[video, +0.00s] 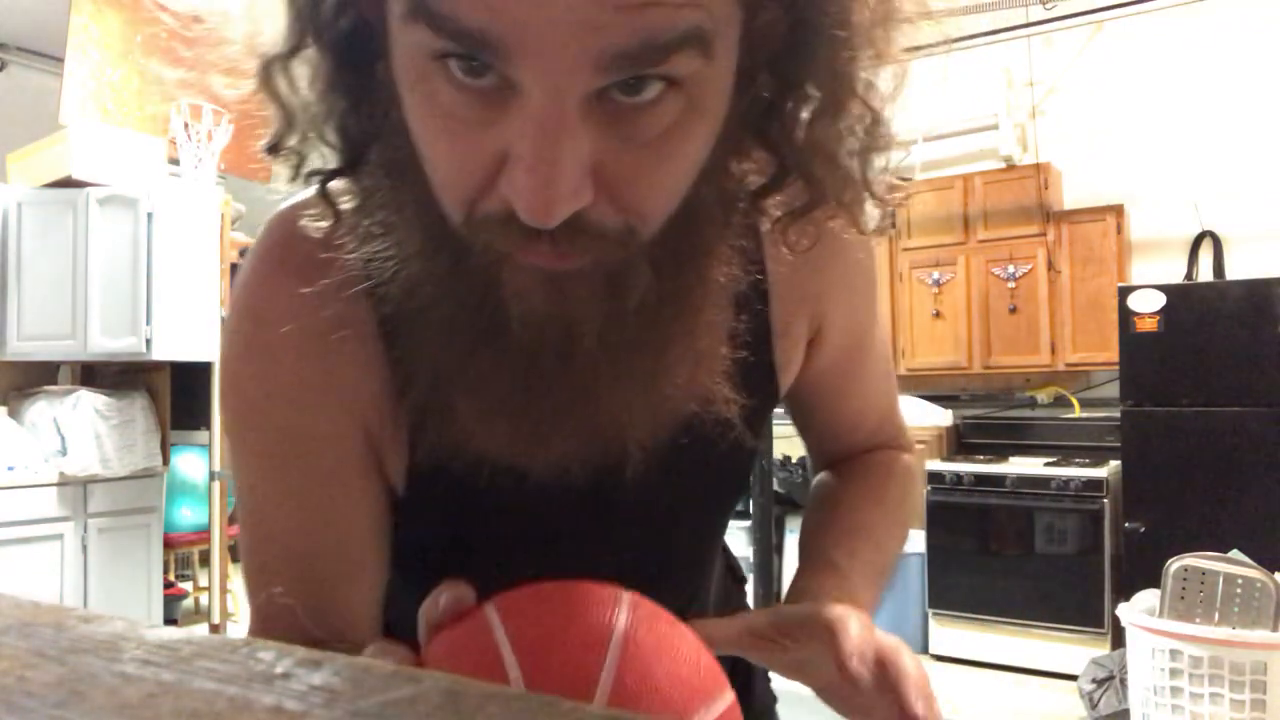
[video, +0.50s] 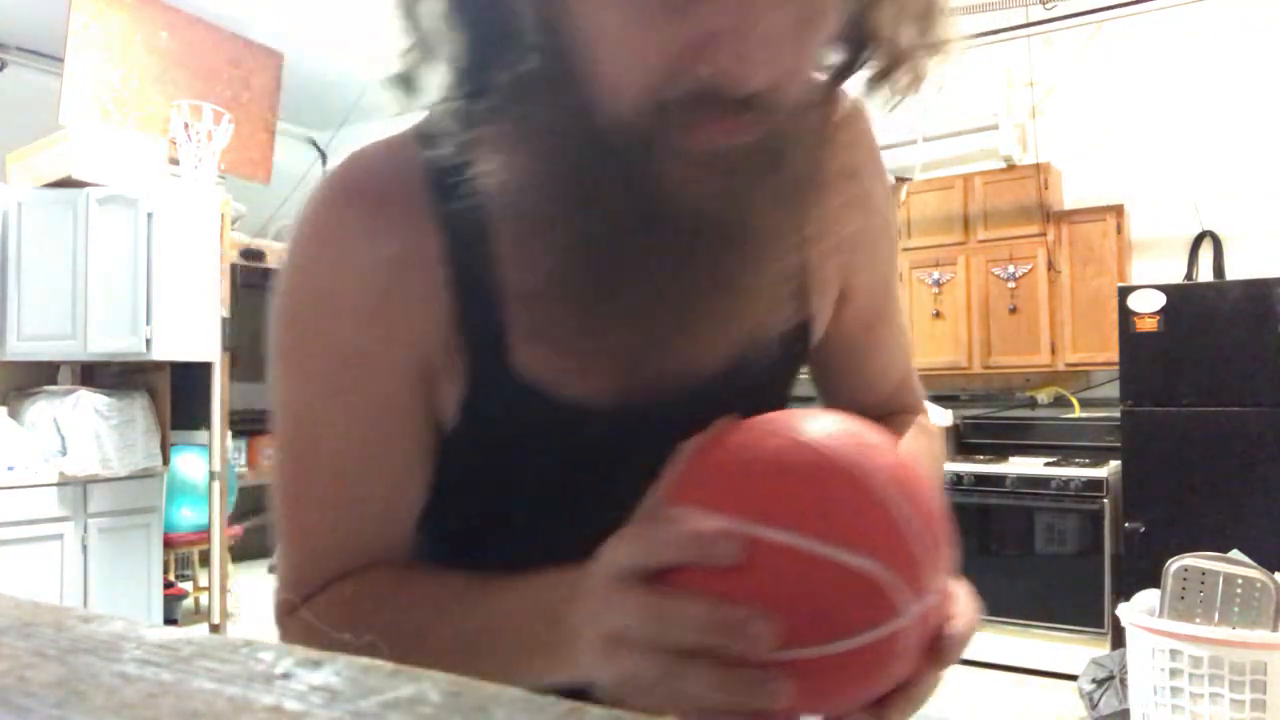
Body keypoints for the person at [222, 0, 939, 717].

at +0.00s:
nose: (546, 191)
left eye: (636, 86)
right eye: (470, 67)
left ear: (750, 61)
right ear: (373, 37)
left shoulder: (795, 243)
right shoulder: (316, 282)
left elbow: (871, 452)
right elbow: (303, 659)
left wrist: (830, 604)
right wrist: (417, 688)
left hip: (695, 699)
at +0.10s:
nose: (534, 184)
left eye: (624, 78)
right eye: (458, 61)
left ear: (740, 53)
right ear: (360, 34)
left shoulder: (787, 235)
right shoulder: (298, 288)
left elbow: (869, 457)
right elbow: (290, 680)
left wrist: (822, 598)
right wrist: (411, 691)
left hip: (691, 692)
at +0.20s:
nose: (537, 169)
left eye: (626, 61)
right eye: (461, 44)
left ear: (742, 46)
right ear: (361, 29)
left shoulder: (785, 222)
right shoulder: (295, 281)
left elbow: (869, 454)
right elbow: (279, 679)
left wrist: (834, 590)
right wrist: (382, 695)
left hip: (678, 693)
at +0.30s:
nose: (563, 146)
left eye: (653, 40)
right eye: (493, 25)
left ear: (754, 33)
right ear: (388, 23)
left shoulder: (787, 193)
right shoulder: (306, 268)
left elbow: (869, 446)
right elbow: (283, 643)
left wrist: (841, 579)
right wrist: (419, 675)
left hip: (702, 684)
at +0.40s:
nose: (634, 99)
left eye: (707, 13)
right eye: (563, 4)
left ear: (792, 20)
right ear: (441, 11)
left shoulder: (806, 180)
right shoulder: (338, 246)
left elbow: (879, 434)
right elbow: (293, 617)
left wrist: (862, 577)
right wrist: (505, 657)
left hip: (732, 678)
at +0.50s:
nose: (746, 55)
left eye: (805, 1)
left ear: (848, 14)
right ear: (539, 8)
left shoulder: (829, 157)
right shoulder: (384, 219)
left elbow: (894, 414)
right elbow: (325, 604)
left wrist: (897, 573)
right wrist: (570, 625)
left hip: (732, 688)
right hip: (447, 704)